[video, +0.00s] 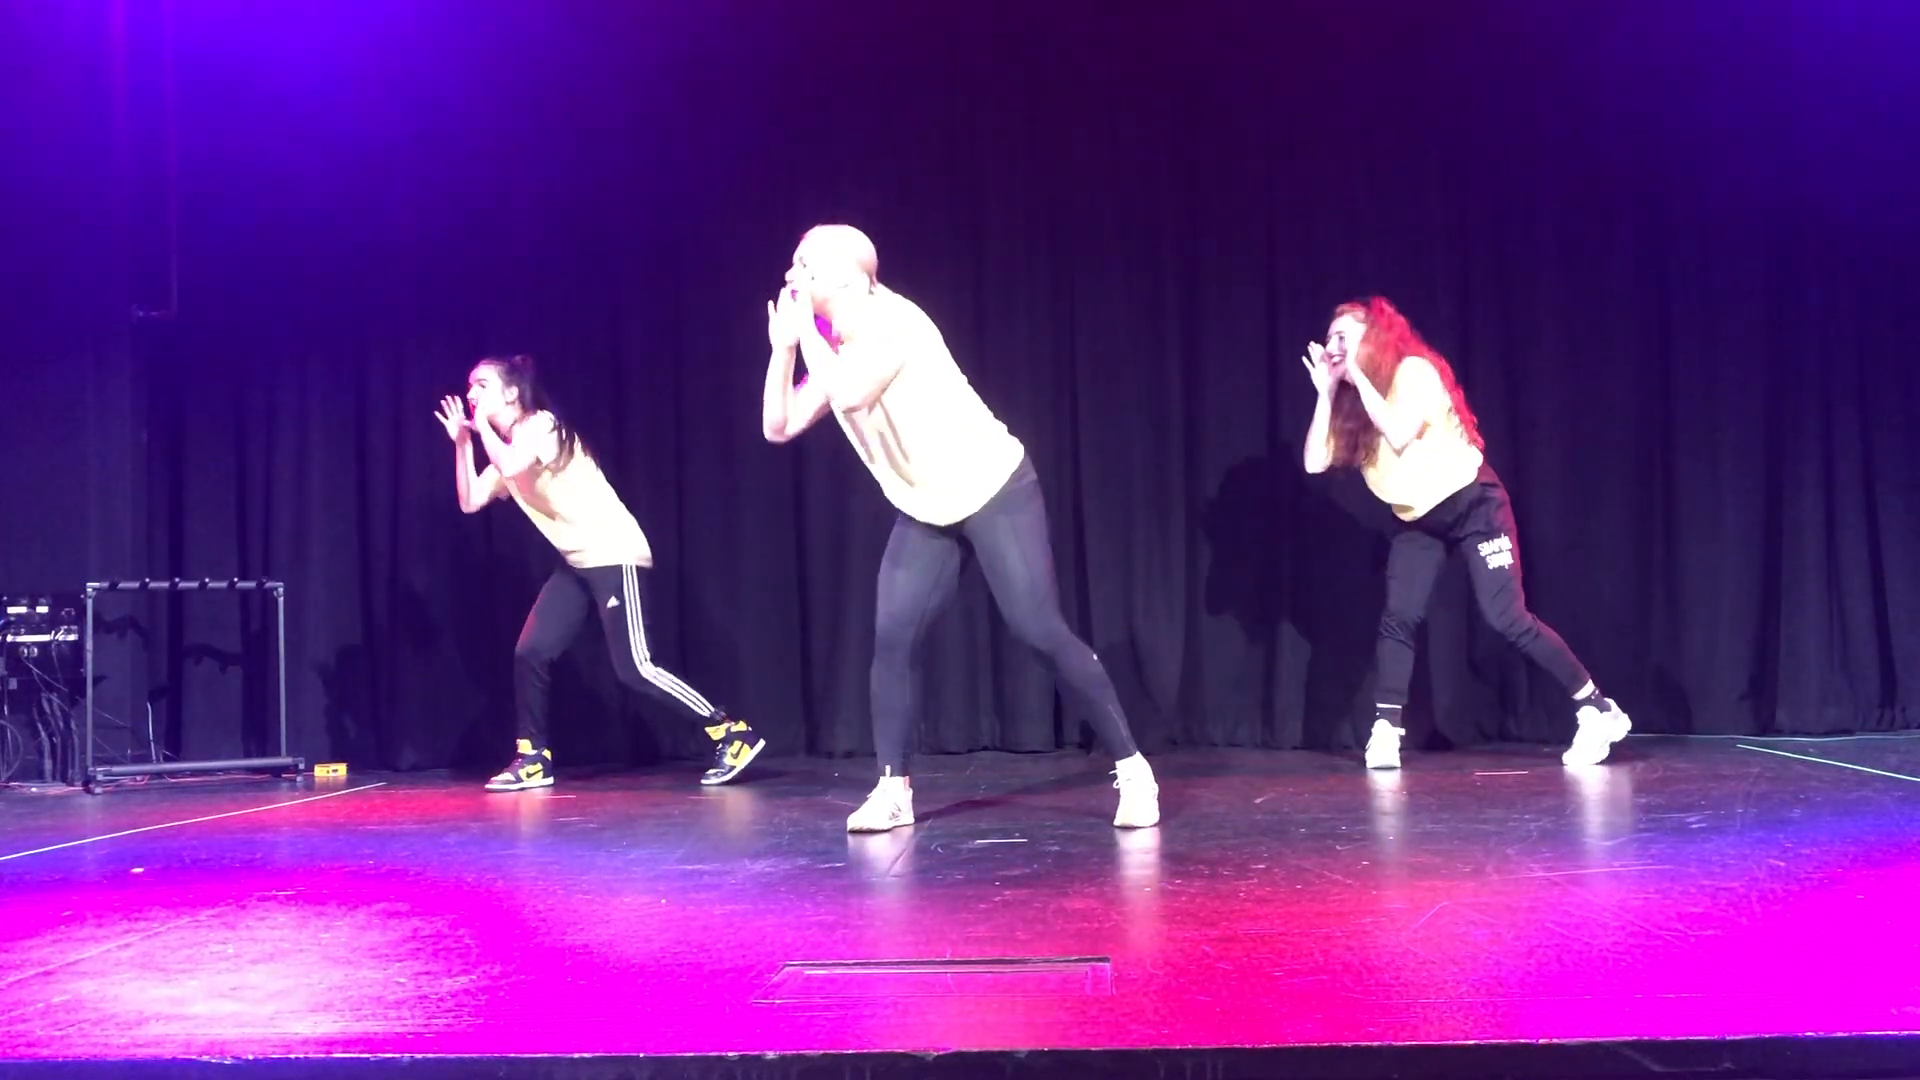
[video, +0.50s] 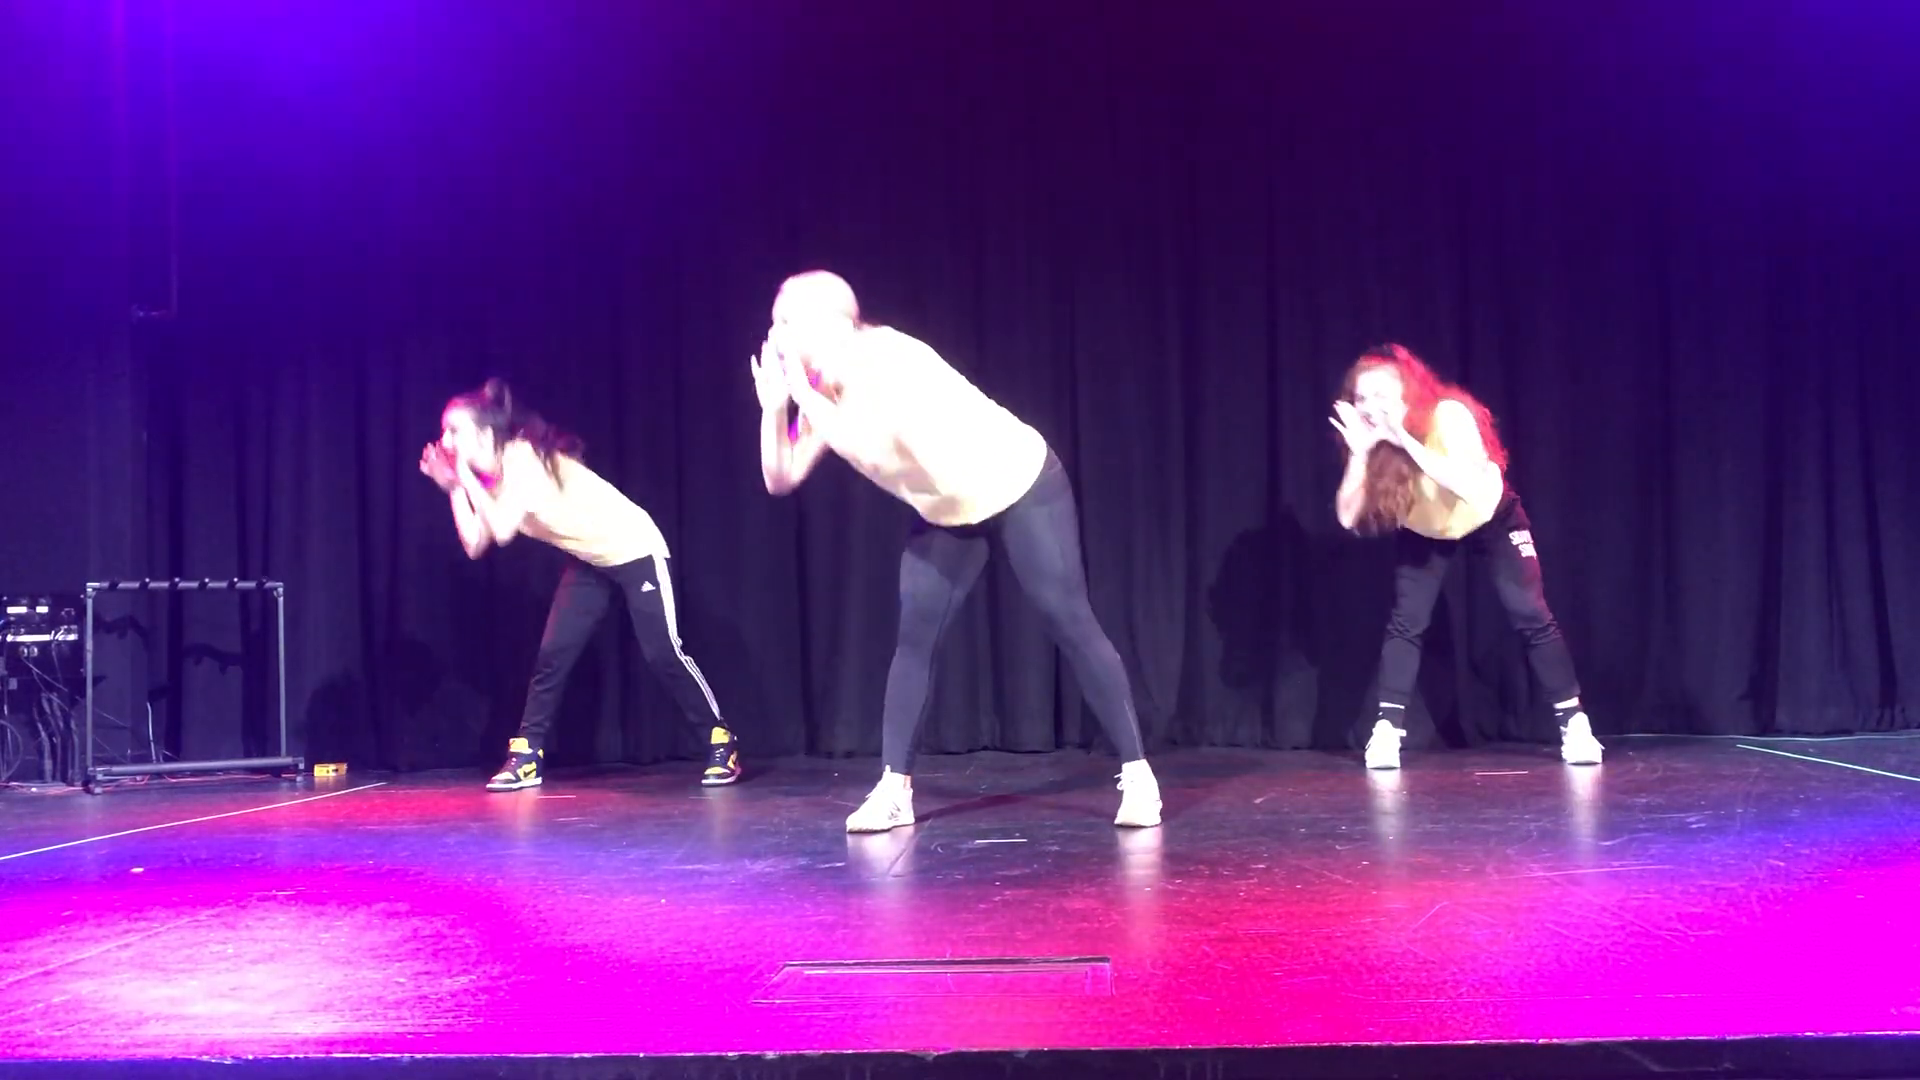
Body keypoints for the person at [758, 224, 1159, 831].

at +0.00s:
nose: (792, 274)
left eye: (805, 263)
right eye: (794, 264)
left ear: (850, 270)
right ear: (810, 277)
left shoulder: (892, 318)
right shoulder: (830, 343)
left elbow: (851, 396)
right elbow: (780, 426)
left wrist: (806, 330)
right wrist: (781, 349)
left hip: (994, 487)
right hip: (925, 507)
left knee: (1038, 628)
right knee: (893, 632)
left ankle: (1131, 766)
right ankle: (893, 788)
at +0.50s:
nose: (780, 339)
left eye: (789, 324)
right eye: (777, 325)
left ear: (828, 324)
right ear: (782, 336)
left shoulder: (885, 358)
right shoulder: (819, 398)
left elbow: (869, 443)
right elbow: (781, 479)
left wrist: (803, 397)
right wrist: (770, 411)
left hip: (1024, 487)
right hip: (947, 514)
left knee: (1068, 618)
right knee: (914, 638)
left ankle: (1136, 772)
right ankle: (893, 787)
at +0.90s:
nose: (978, 409)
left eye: (991, 395)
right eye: (964, 396)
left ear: (1014, 394)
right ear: (939, 399)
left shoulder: (1052, 429)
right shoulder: (919, 440)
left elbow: (1103, 529)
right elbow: (884, 546)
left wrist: (1027, 466)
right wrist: (946, 469)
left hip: (1045, 516)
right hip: (956, 524)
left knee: (1081, 621)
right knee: (929, 639)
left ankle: (1137, 778)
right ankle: (892, 785)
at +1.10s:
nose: (1119, 361)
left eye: (1122, 350)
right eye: (1105, 350)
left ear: (1125, 356)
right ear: (1063, 354)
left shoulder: (1123, 415)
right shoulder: (1018, 394)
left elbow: (1168, 513)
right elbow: (1007, 494)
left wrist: (1148, 437)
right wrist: (1091, 419)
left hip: (1042, 521)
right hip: (954, 508)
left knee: (1084, 641)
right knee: (926, 637)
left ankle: (1136, 779)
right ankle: (891, 785)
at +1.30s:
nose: (1165, 285)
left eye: (1163, 275)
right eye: (1148, 273)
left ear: (1168, 290)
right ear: (1110, 285)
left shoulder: (1144, 375)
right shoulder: (1061, 324)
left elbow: (1200, 450)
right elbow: (1091, 395)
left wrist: (1191, 360)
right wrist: (1148, 326)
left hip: (1040, 505)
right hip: (956, 488)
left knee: (1076, 628)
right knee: (927, 629)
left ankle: (1133, 776)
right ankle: (892, 782)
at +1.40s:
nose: (1168, 264)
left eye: (1166, 253)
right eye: (1151, 251)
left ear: (1167, 267)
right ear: (1109, 263)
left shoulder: (1145, 365)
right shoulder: (1065, 300)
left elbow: (1202, 428)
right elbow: (1103, 355)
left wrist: (1193, 338)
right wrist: (1153, 308)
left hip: (1042, 502)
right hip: (958, 486)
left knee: (1079, 632)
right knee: (928, 629)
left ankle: (1131, 777)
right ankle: (891, 781)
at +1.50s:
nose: (1158, 251)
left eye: (1153, 240)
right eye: (1142, 237)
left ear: (1132, 259)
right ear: (1100, 254)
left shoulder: (1133, 352)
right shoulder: (1055, 292)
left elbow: (1197, 410)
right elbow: (1101, 332)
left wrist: (1184, 322)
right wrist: (1143, 281)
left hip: (1043, 504)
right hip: (960, 492)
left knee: (1083, 632)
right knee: (931, 633)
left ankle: (1131, 778)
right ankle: (891, 782)